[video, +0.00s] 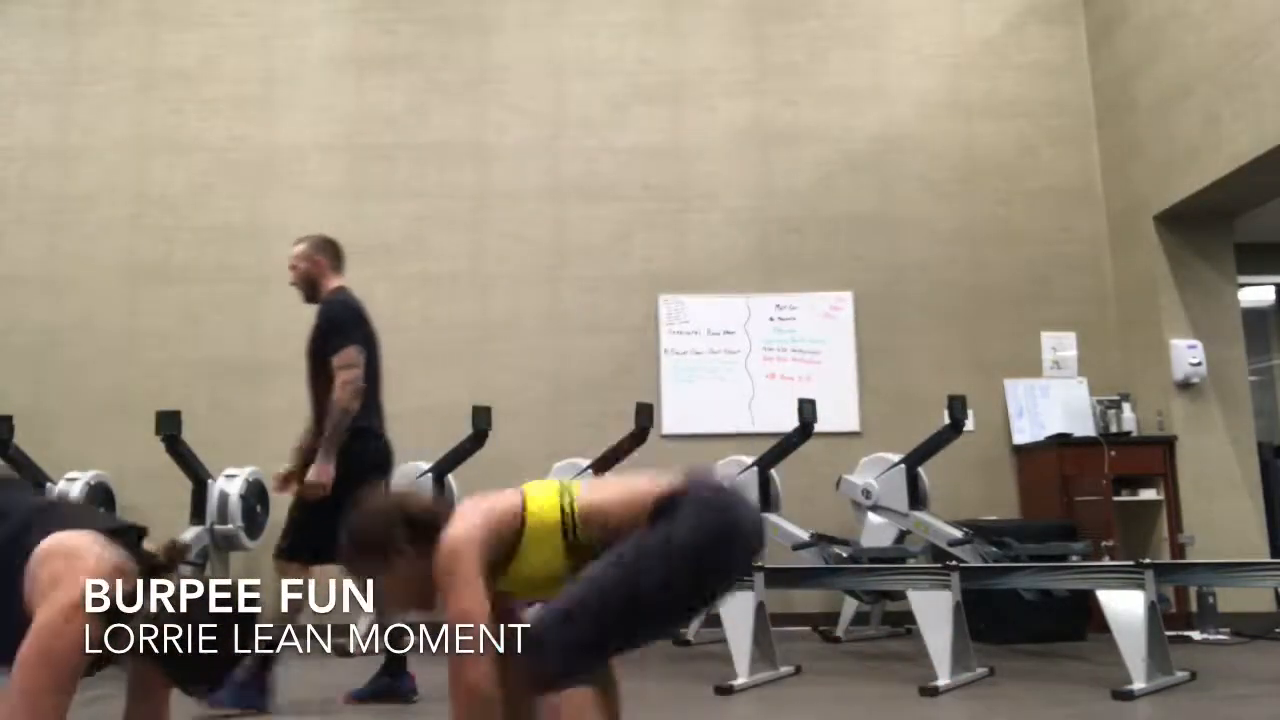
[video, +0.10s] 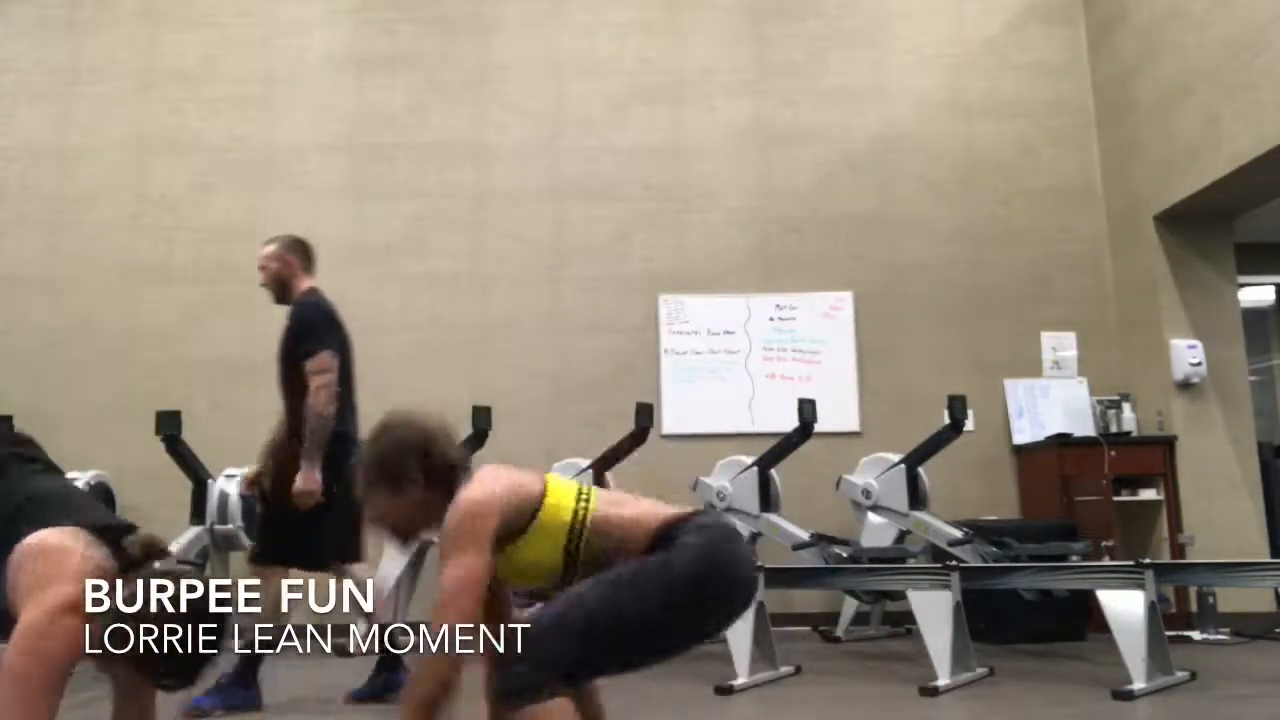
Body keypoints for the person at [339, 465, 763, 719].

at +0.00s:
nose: (382, 600)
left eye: (375, 582)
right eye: (370, 586)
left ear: (402, 554)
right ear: (407, 549)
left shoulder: (460, 539)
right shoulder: (473, 548)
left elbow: (475, 683)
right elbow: (497, 671)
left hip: (707, 518)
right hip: (710, 522)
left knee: (558, 644)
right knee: (562, 641)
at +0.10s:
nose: (376, 513)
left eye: (379, 495)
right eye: (371, 497)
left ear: (415, 482)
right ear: (425, 477)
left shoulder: (475, 505)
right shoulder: (477, 512)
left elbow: (446, 653)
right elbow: (497, 645)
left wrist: (409, 712)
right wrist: (500, 707)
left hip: (707, 559)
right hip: (706, 559)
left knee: (523, 664)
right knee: (552, 652)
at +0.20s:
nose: (384, 423)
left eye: (392, 407)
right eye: (383, 409)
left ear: (427, 401)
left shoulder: (483, 440)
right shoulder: (483, 460)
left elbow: (421, 581)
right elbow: (498, 601)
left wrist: (332, 605)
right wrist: (454, 670)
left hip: (690, 548)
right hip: (682, 548)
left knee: (511, 664)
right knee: (539, 648)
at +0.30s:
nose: (395, 337)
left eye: (406, 320)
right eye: (398, 321)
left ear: (446, 326)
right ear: (445, 328)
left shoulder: (499, 375)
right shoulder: (498, 398)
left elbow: (429, 495)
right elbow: (492, 535)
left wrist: (349, 489)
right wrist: (407, 555)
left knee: (499, 662)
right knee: (525, 641)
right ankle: (582, 714)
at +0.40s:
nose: (413, 284)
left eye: (424, 268)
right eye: (417, 269)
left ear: (463, 274)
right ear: (466, 275)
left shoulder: (511, 333)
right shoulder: (503, 360)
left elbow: (422, 428)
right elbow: (470, 482)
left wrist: (348, 386)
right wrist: (384, 453)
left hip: (644, 507)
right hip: (628, 511)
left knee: (492, 666)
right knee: (524, 649)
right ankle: (576, 714)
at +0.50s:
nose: (424, 261)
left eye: (435, 244)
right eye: (428, 245)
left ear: (473, 253)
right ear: (474, 254)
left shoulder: (513, 313)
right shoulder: (508, 344)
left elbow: (410, 392)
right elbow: (452, 452)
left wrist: (356, 328)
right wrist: (385, 405)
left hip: (630, 497)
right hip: (618, 501)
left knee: (486, 665)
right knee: (528, 643)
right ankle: (578, 716)